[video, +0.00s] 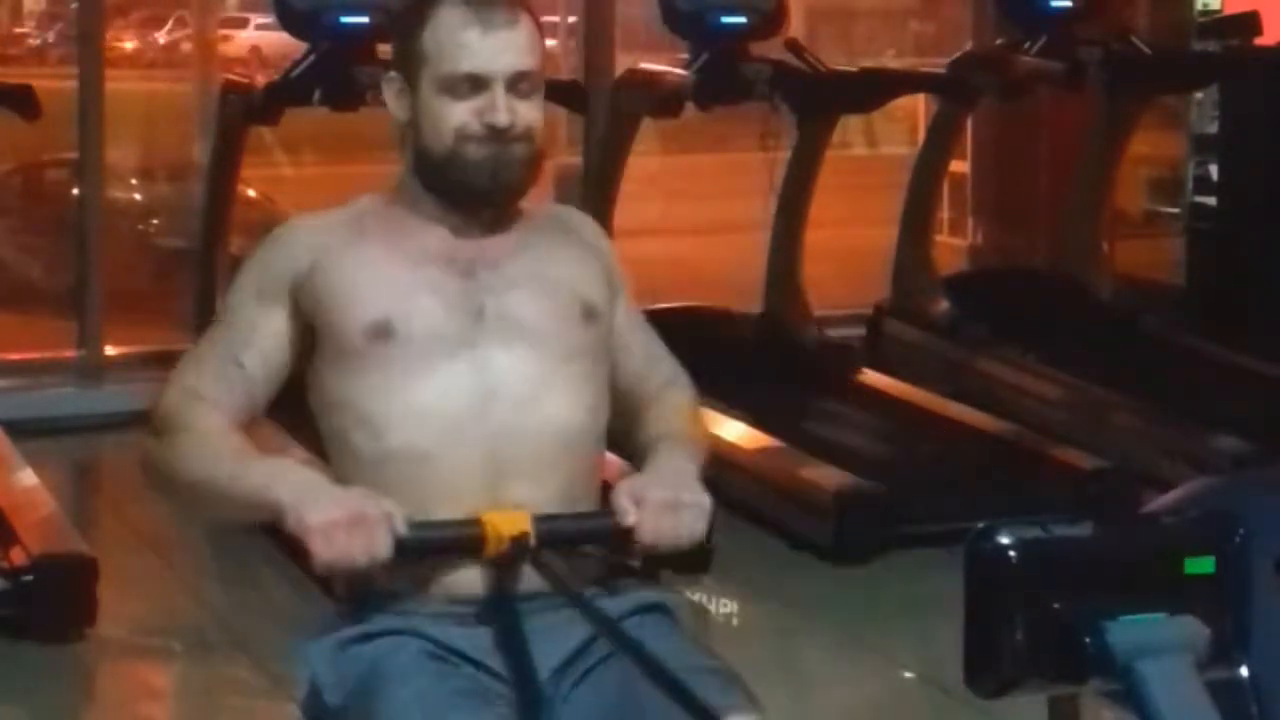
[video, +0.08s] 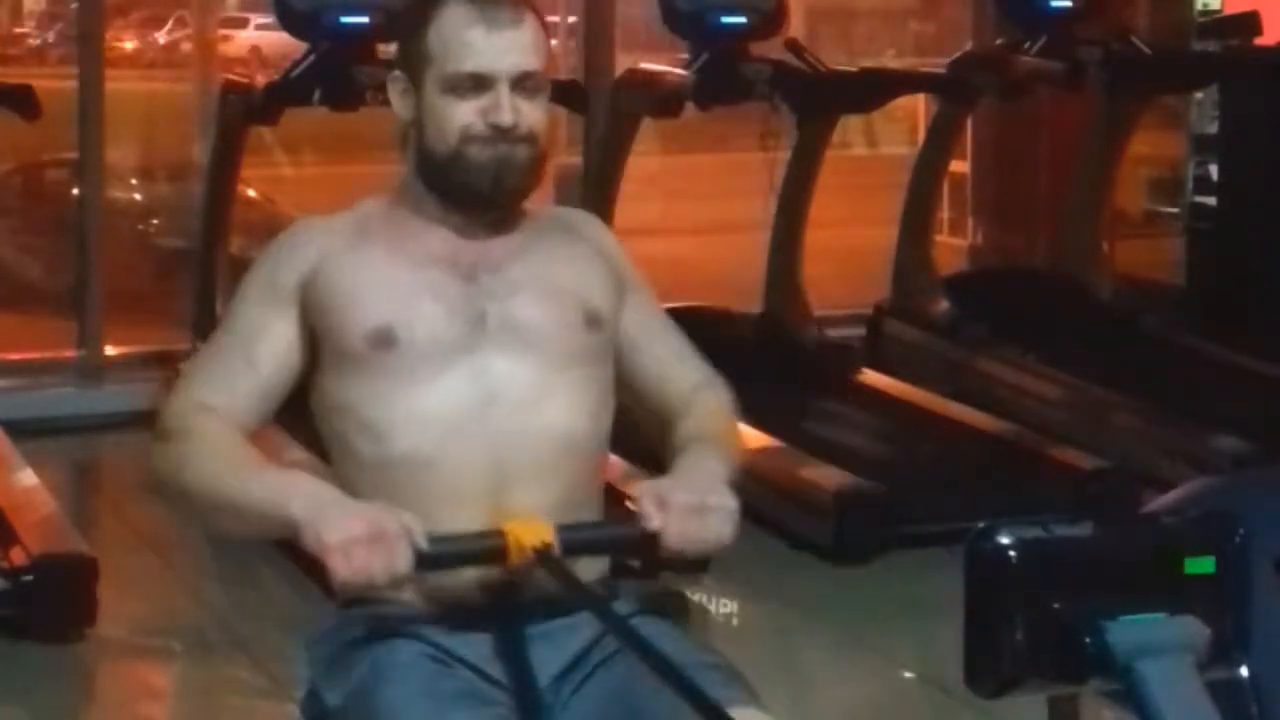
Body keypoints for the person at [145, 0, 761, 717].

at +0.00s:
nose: (501, 115)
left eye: (522, 89)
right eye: (466, 89)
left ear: (543, 101)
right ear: (399, 99)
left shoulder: (578, 245)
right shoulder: (312, 253)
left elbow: (665, 397)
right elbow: (182, 428)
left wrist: (673, 471)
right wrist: (297, 488)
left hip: (597, 610)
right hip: (414, 622)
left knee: (719, 709)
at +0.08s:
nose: (505, 115)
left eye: (525, 89)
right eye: (469, 88)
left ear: (548, 103)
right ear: (406, 100)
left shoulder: (585, 248)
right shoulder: (318, 257)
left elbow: (698, 398)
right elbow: (186, 438)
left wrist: (700, 476)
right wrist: (314, 503)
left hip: (595, 617)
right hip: (413, 632)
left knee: (730, 711)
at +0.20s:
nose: (525, 104)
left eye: (547, 77)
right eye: (488, 78)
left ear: (570, 95)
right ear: (424, 95)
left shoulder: (613, 254)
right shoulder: (331, 257)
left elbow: (751, 404)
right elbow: (205, 442)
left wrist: (757, 490)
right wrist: (356, 533)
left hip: (606, 613)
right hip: (418, 631)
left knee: (778, 711)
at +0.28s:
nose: (541, 103)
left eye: (563, 75)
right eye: (504, 76)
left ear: (590, 90)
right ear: (434, 91)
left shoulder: (637, 262)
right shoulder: (342, 260)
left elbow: (775, 405)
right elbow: (225, 442)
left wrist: (791, 498)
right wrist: (381, 547)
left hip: (614, 623)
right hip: (426, 641)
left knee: (794, 710)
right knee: (492, 718)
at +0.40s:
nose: (579, 100)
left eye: (602, 73)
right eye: (539, 74)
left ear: (625, 91)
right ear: (468, 93)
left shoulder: (681, 272)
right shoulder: (371, 274)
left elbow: (831, 415)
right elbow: (292, 460)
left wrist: (871, 537)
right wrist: (450, 593)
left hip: (631, 647)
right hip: (434, 653)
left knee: (817, 706)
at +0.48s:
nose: (598, 102)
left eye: (619, 73)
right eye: (557, 75)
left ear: (646, 93)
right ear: (484, 98)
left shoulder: (710, 282)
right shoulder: (389, 282)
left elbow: (859, 428)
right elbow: (329, 474)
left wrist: (916, 564)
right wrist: (483, 623)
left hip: (649, 643)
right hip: (436, 653)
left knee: (839, 694)